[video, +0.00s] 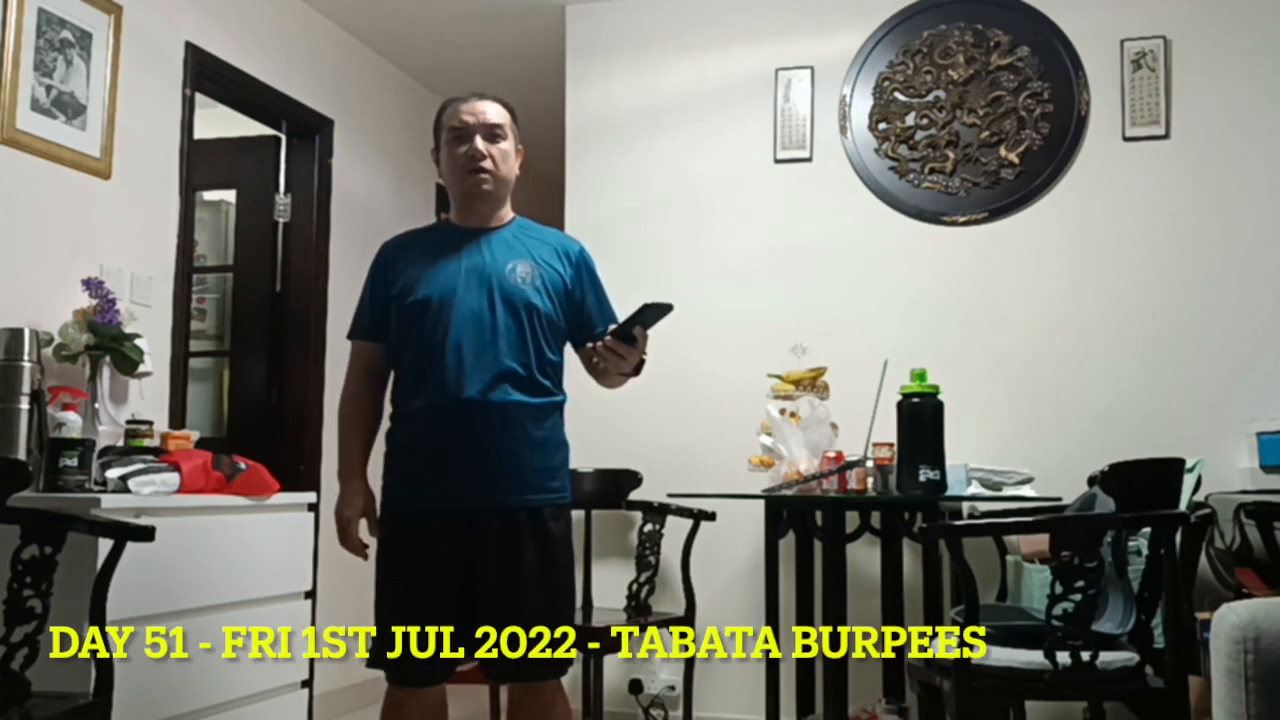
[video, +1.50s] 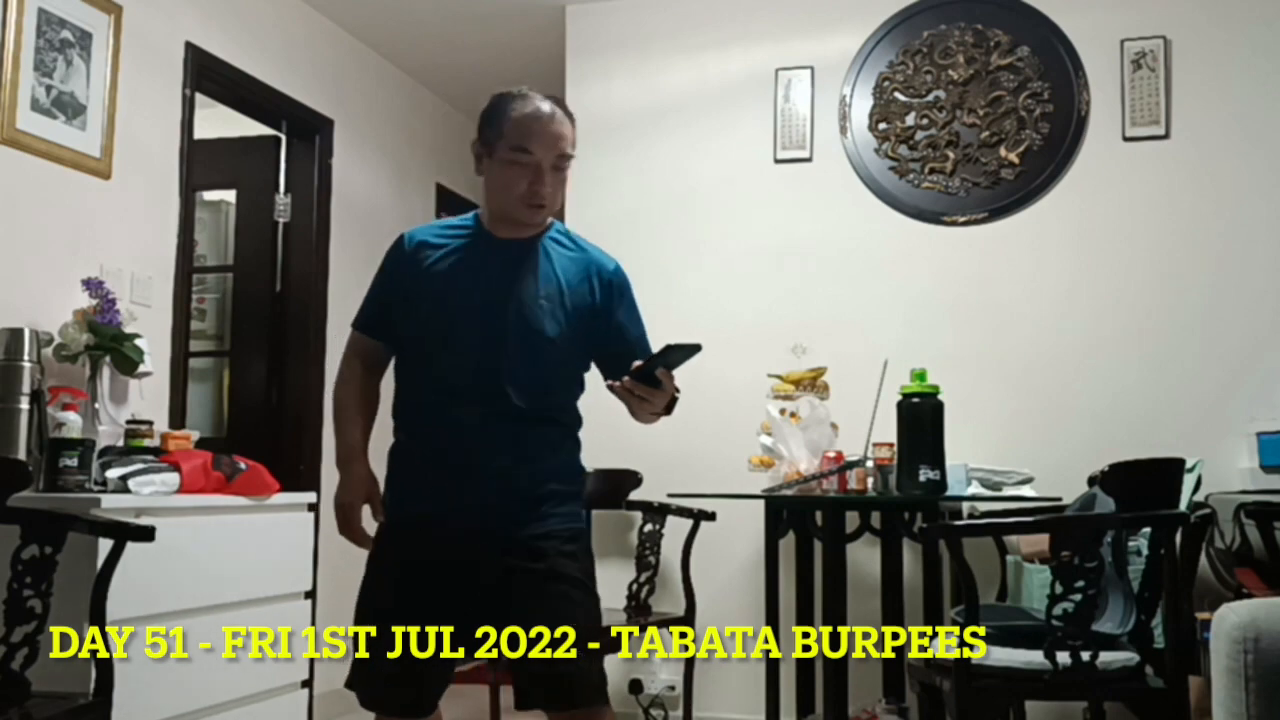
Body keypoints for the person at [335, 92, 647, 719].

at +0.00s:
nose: (477, 146)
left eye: (493, 134)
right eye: (460, 137)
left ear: (519, 159)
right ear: (438, 161)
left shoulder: (563, 253)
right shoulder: (400, 256)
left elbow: (603, 363)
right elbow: (365, 376)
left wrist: (622, 362)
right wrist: (352, 477)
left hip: (528, 497)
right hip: (421, 497)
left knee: (536, 680)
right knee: (413, 681)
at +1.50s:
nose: (543, 185)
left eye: (559, 167)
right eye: (523, 163)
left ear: (571, 171)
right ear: (481, 158)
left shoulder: (594, 274)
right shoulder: (416, 256)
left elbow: (638, 390)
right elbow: (362, 364)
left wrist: (653, 400)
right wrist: (352, 466)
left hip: (543, 521)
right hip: (428, 512)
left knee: (577, 700)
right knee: (398, 701)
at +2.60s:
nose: (664, 256)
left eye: (692, 236)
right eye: (643, 225)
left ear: (710, 244)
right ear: (607, 219)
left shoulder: (714, 362)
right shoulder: (532, 285)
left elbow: (767, 506)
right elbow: (463, 383)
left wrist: (777, 632)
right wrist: (441, 504)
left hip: (633, 562)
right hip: (510, 547)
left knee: (658, 709)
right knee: (485, 711)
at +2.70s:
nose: (605, 215)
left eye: (629, 195)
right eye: (587, 189)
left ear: (651, 206)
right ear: (554, 189)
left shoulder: (671, 328)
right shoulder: (492, 279)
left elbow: (719, 474)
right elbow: (436, 394)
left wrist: (722, 593)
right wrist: (420, 511)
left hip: (610, 542)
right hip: (493, 533)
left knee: (630, 703)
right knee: (471, 705)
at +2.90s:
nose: (510, 162)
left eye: (530, 147)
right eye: (492, 146)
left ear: (559, 165)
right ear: (469, 162)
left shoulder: (596, 271)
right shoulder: (423, 263)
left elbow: (636, 404)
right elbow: (382, 385)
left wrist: (647, 519)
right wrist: (370, 497)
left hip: (561, 522)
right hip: (451, 522)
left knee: (587, 691)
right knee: (448, 692)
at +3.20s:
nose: (458, 227)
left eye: (477, 205)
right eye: (439, 207)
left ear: (515, 194)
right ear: (419, 202)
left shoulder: (562, 288)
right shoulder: (392, 289)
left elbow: (592, 418)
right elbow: (362, 409)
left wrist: (586, 531)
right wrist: (353, 519)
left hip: (538, 527)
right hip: (437, 527)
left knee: (543, 689)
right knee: (453, 688)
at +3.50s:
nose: (438, 560)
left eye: (455, 540)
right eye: (418, 544)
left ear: (492, 498)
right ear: (395, 514)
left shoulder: (553, 512)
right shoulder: (364, 520)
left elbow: (574, 668)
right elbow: (332, 667)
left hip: (525, 586)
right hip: (427, 593)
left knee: (565, 678)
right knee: (389, 690)